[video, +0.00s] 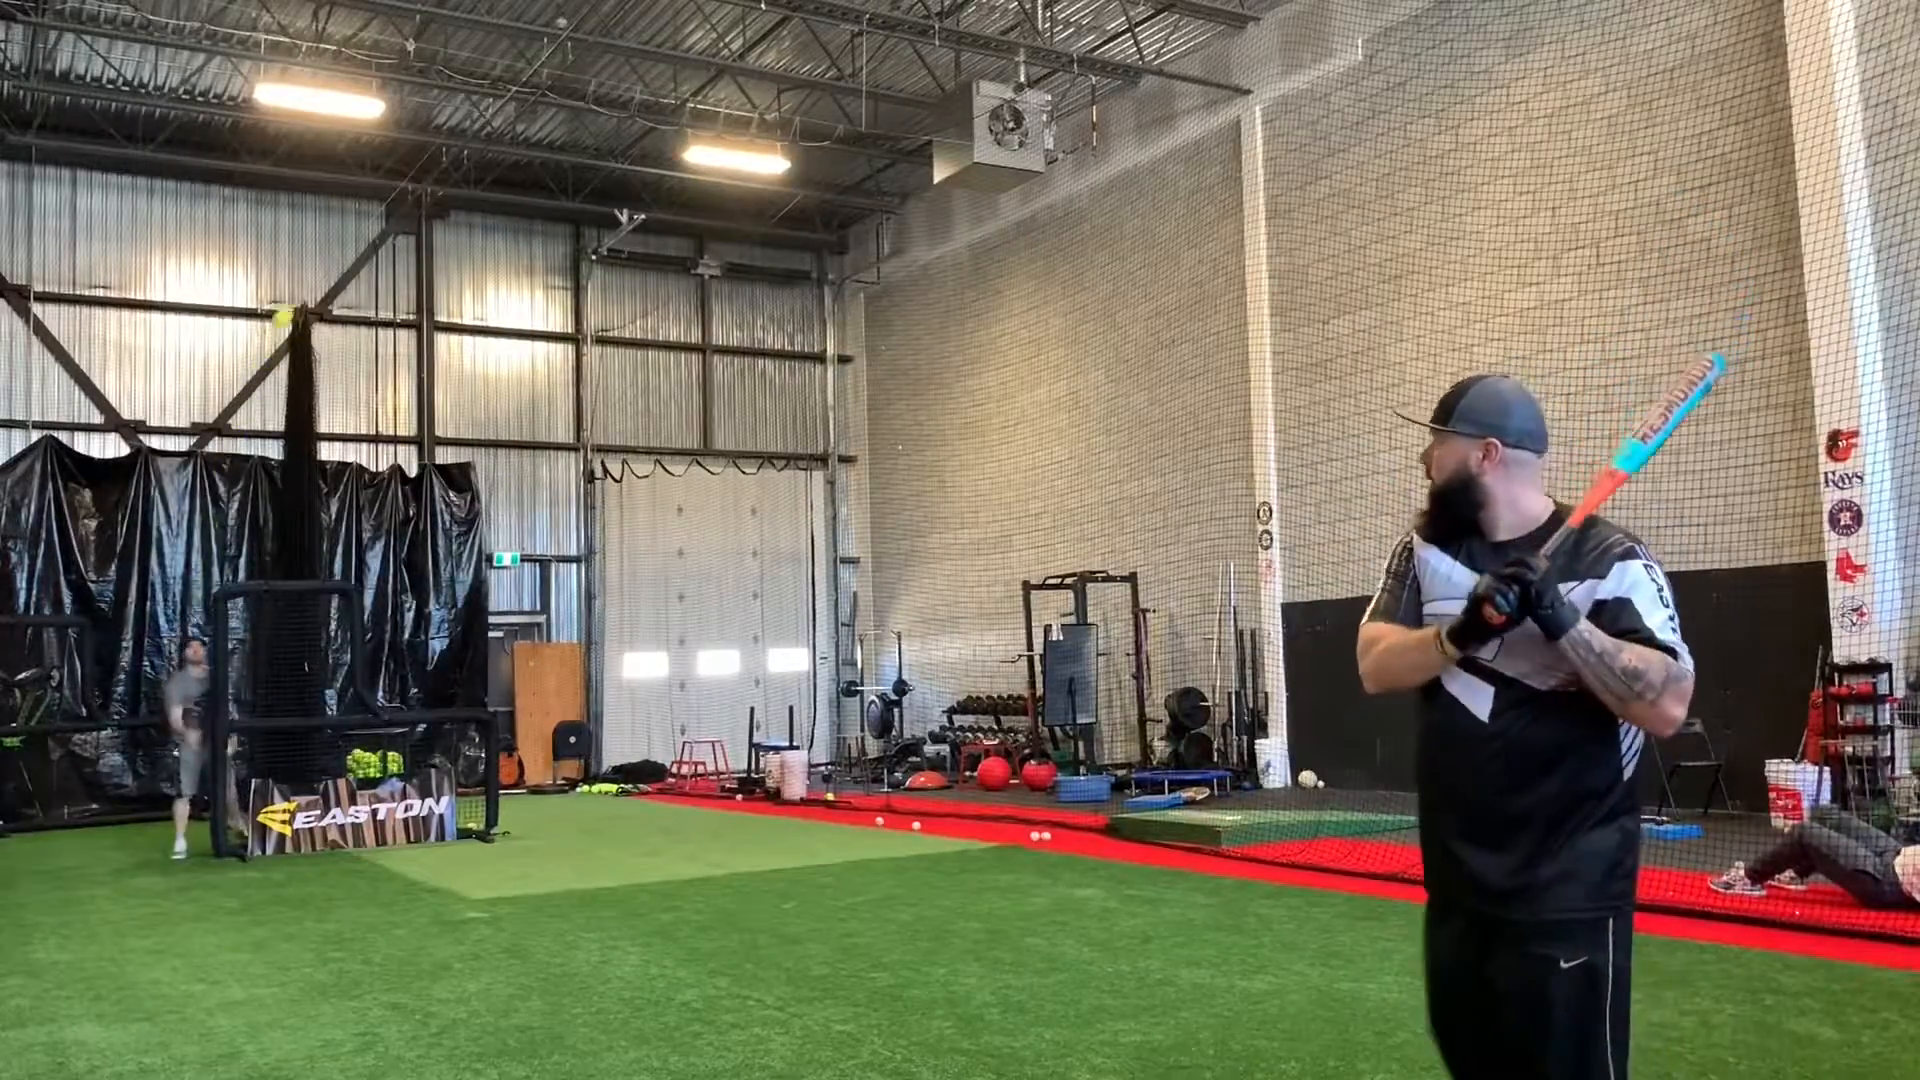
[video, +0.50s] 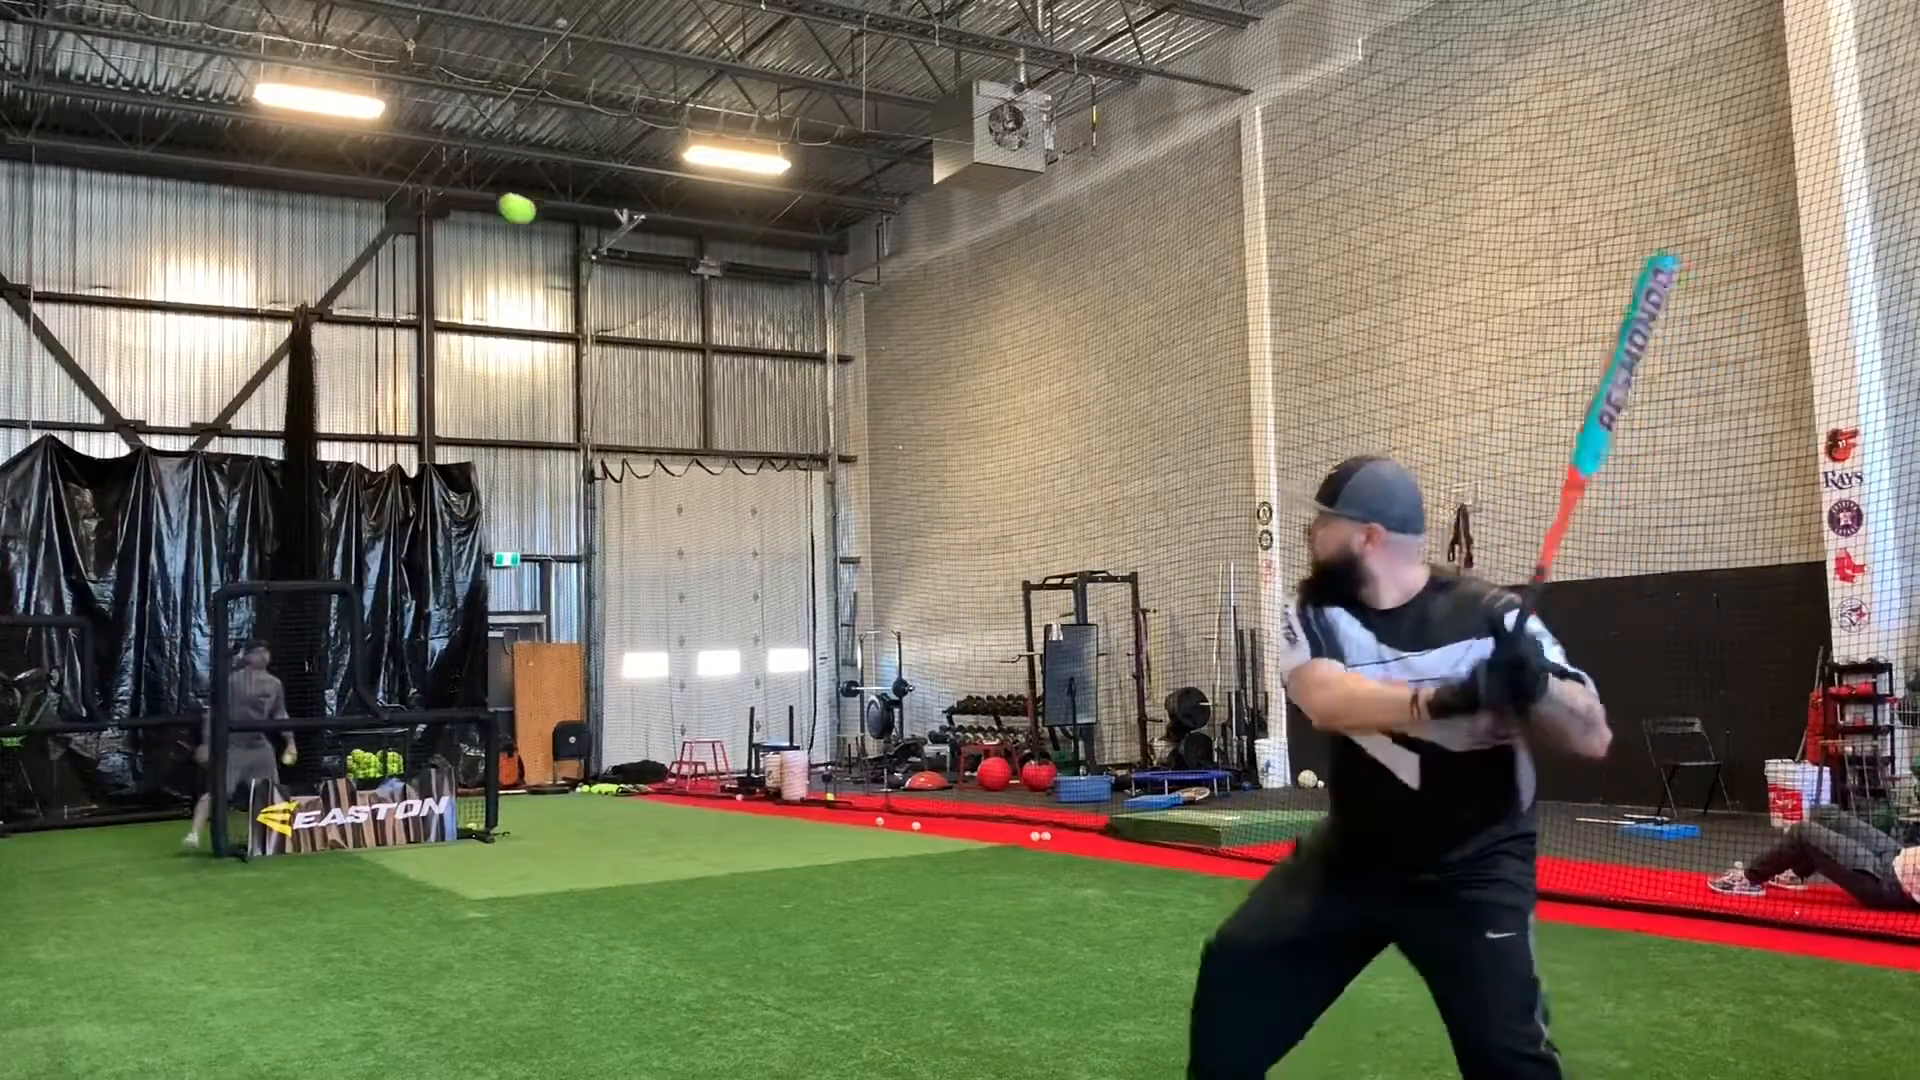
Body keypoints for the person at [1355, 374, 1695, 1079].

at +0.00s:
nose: (1425, 459)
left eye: (1437, 442)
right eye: (1429, 443)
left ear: (1486, 453)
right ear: (1484, 455)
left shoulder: (1610, 559)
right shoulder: (1426, 552)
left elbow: (1667, 708)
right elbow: (1375, 666)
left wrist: (1566, 624)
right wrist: (1459, 634)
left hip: (1568, 889)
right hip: (1460, 880)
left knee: (1570, 1063)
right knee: (1470, 1057)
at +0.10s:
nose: (1413, 469)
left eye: (1426, 453)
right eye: (1418, 453)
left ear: (1477, 464)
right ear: (1475, 465)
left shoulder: (1607, 571)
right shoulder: (1415, 564)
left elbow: (1674, 715)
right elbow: (1378, 683)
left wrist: (1572, 653)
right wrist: (1472, 663)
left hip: (1567, 885)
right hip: (1446, 873)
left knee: (1578, 1063)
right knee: (1400, 1019)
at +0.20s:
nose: (1397, 483)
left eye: (1409, 467)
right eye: (1401, 468)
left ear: (1460, 480)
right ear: (1456, 482)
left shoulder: (1594, 583)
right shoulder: (1398, 580)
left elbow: (1669, 725)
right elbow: (1381, 700)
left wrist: (1580, 691)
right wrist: (1473, 704)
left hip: (1551, 869)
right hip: (1425, 856)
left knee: (1576, 1061)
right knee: (1340, 975)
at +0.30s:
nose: (1374, 499)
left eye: (1386, 486)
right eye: (1378, 485)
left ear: (1436, 503)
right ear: (1433, 504)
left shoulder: (1568, 598)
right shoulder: (1374, 595)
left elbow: (1646, 738)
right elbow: (1373, 718)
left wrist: (1577, 723)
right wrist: (1476, 740)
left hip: (1531, 863)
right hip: (1402, 845)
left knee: (1550, 1060)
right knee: (1295, 937)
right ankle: (1321, 1073)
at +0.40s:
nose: (1346, 514)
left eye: (1358, 502)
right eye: (1350, 502)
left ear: (1407, 521)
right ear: (1403, 523)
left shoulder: (1535, 611)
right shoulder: (1349, 606)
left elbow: (1622, 738)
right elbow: (1349, 723)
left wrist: (1558, 726)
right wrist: (1453, 746)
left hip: (1506, 867)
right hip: (1380, 849)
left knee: (1531, 1059)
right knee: (1260, 936)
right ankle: (1267, 1072)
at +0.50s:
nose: (1312, 533)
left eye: (1324, 519)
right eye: (1316, 520)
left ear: (1370, 536)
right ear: (1365, 537)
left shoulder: (1491, 613)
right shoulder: (1314, 613)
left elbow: (1592, 737)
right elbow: (1322, 703)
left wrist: (1534, 692)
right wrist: (1443, 700)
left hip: (1472, 871)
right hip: (1350, 859)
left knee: (1505, 1050)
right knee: (1237, 966)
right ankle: (1219, 1074)